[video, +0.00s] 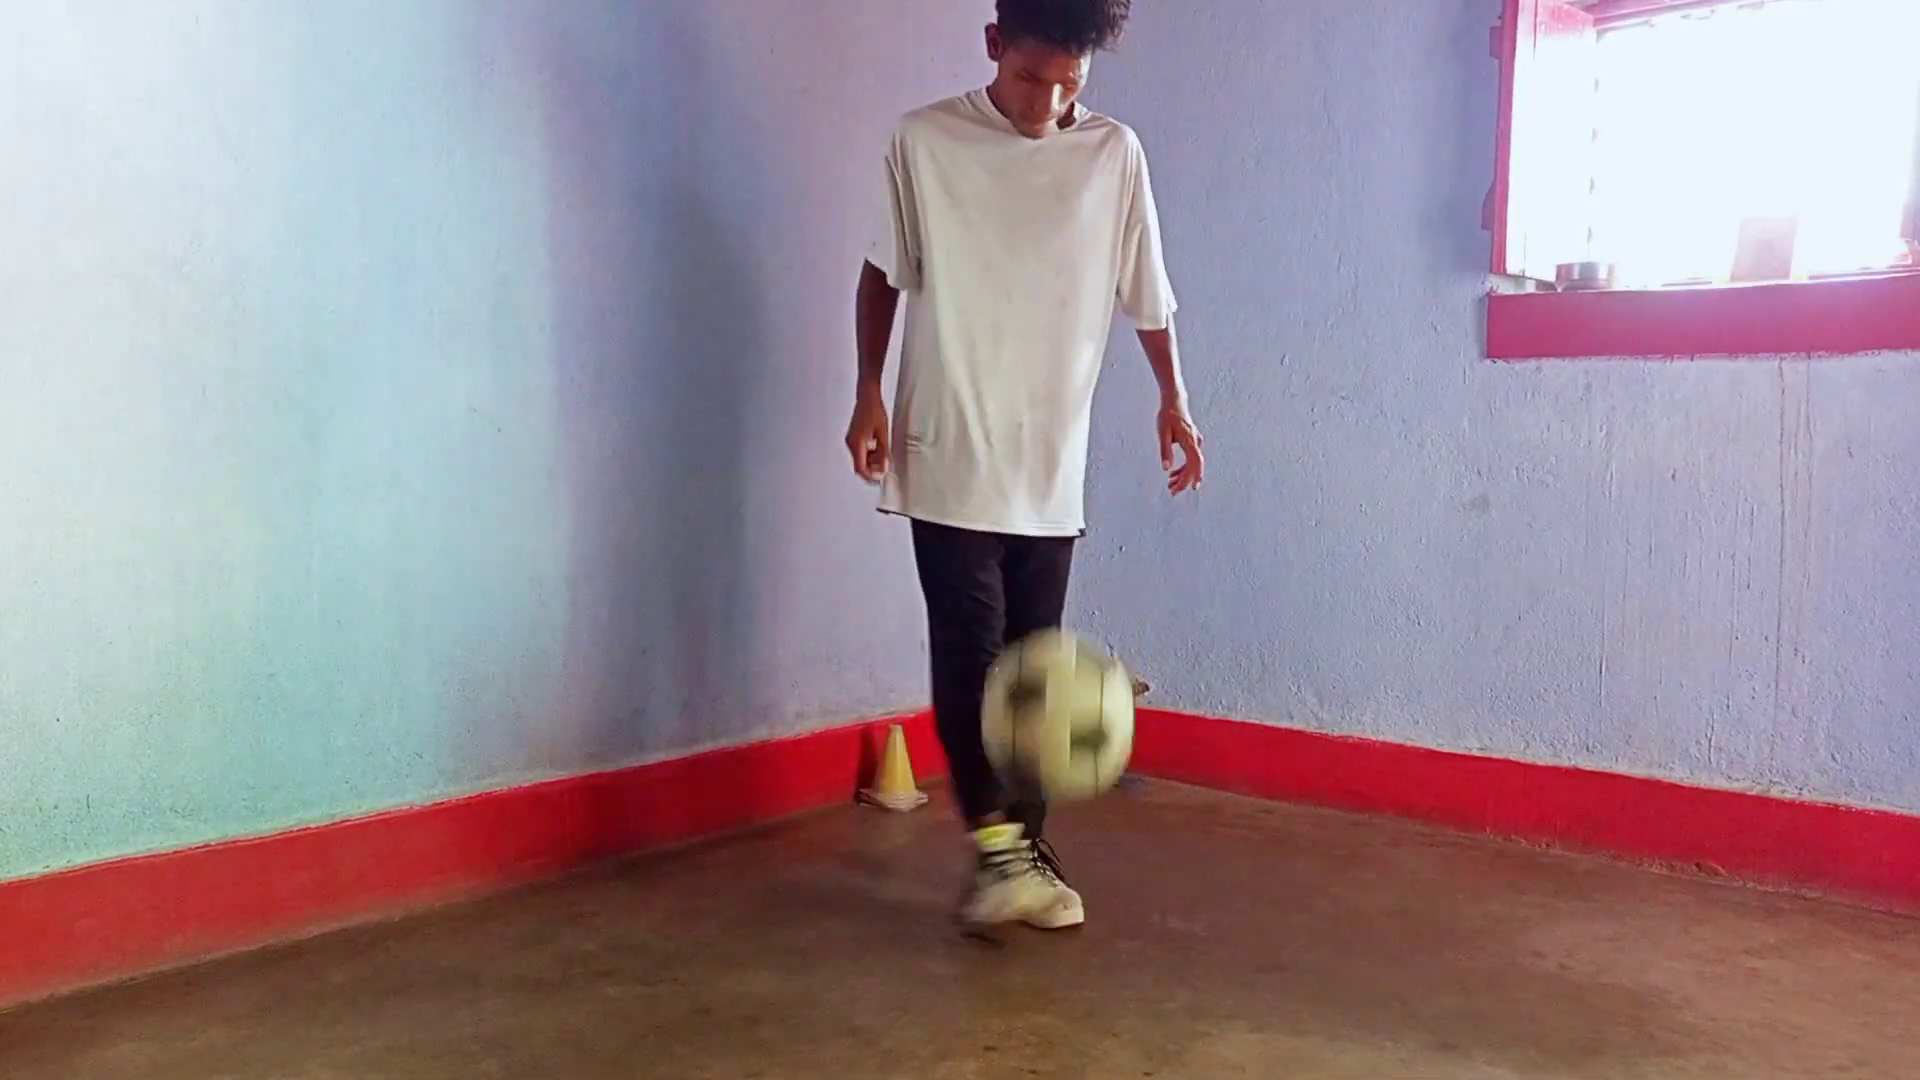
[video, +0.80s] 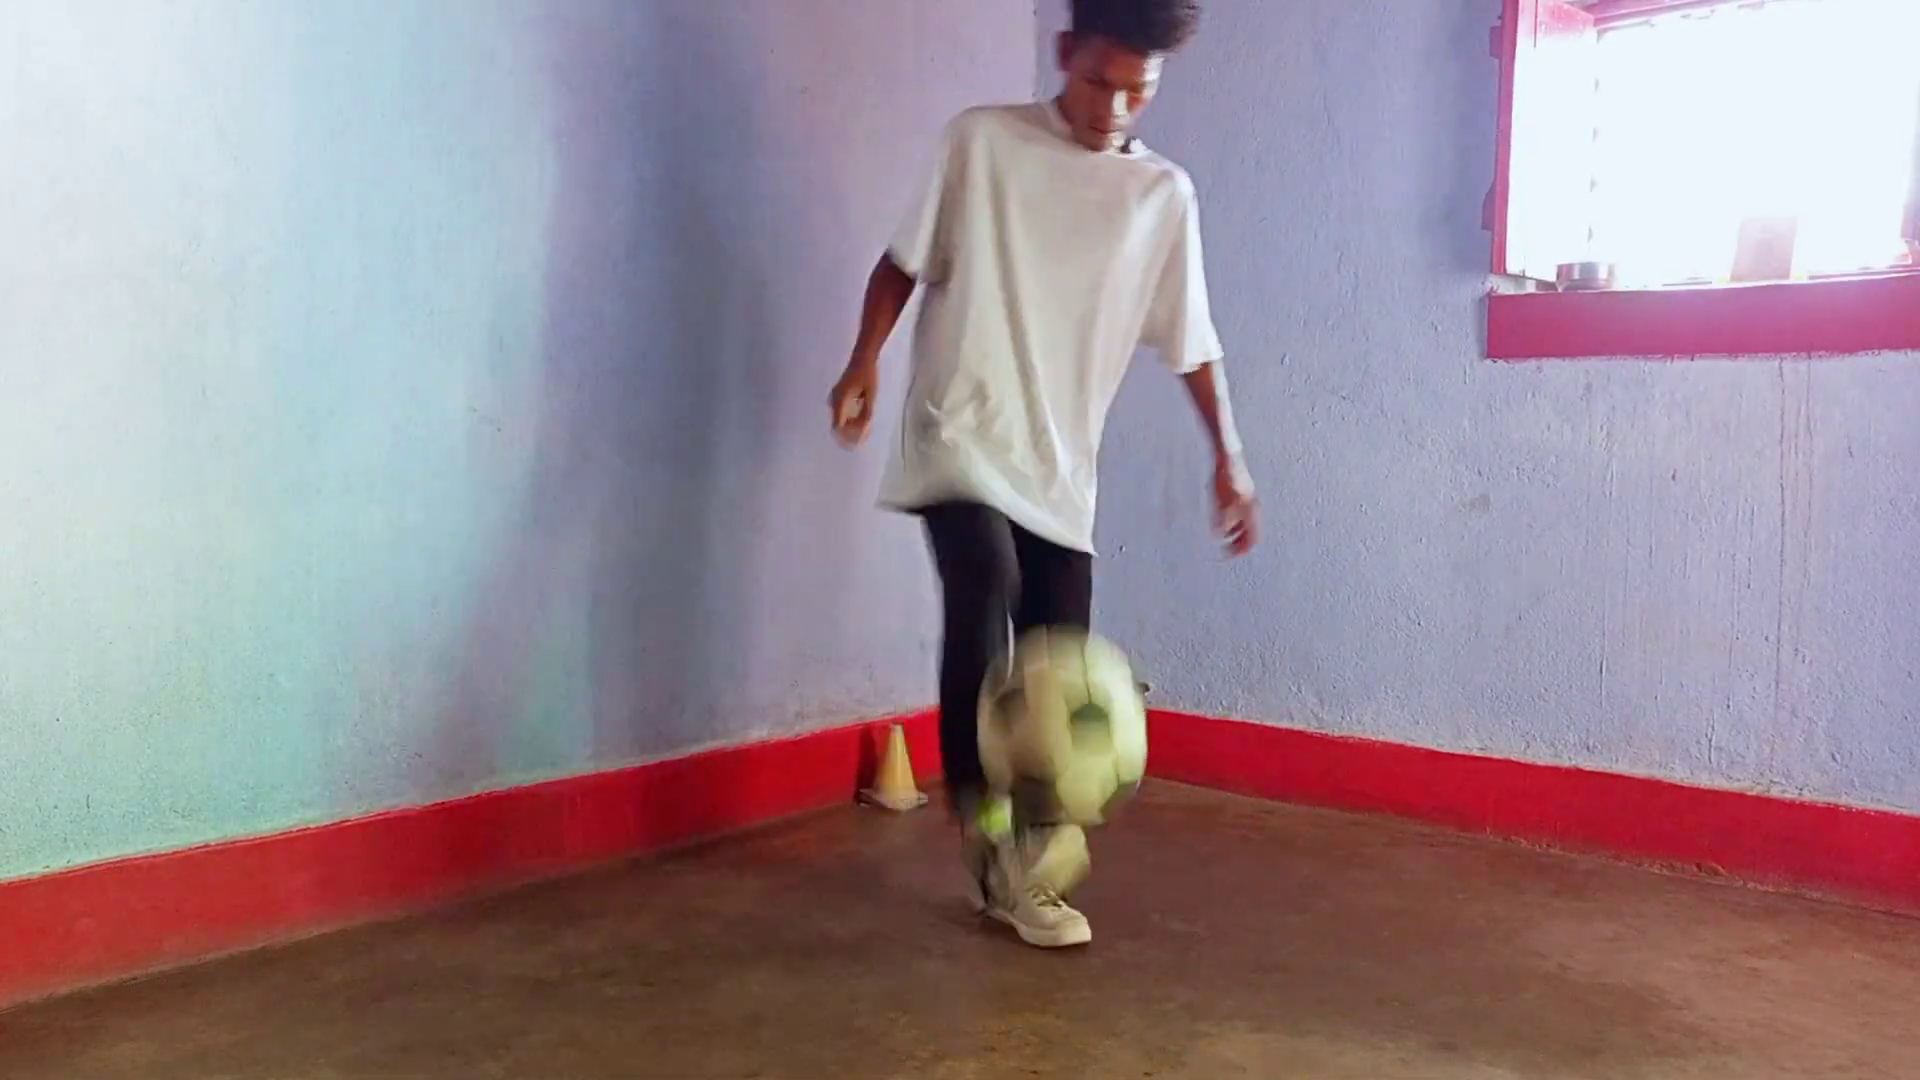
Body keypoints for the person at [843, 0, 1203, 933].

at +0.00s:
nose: (1049, 101)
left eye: (1067, 84)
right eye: (1034, 80)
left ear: (1091, 63)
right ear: (994, 45)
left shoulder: (1112, 152)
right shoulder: (923, 140)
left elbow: (1146, 289)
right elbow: (882, 275)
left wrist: (1173, 398)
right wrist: (869, 394)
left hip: (1053, 444)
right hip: (946, 438)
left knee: (1037, 650)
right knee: (970, 640)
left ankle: (1029, 851)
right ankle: (994, 853)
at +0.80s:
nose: (1115, 111)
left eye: (1135, 93)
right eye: (1099, 86)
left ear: (1155, 79)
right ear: (1063, 58)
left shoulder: (1164, 194)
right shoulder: (981, 140)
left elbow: (1191, 340)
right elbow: (904, 265)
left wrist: (1229, 458)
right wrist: (862, 362)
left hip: (1061, 456)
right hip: (959, 430)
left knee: (1060, 659)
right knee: (986, 586)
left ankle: (1035, 865)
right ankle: (984, 840)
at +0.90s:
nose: (1127, 97)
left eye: (1146, 81)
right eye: (1113, 73)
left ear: (1167, 73)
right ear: (1078, 48)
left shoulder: (1176, 178)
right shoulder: (1000, 122)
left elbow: (1202, 313)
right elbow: (911, 226)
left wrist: (1233, 422)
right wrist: (868, 323)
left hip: (1071, 437)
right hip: (975, 385)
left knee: (1064, 656)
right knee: (975, 476)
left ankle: (1022, 855)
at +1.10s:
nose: (1090, 60)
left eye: (1112, 42)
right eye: (1074, 35)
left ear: (1140, 38)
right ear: (1044, 24)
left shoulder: (1174, 142)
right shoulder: (978, 112)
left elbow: (1254, 253)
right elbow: (916, 227)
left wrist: (1313, 336)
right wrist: (825, 265)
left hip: (1087, 384)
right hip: (978, 365)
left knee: (1073, 604)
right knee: (1001, 167)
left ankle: (1026, 843)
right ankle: (965, 369)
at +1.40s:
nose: (1081, 101)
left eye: (1103, 83)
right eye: (1067, 79)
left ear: (1149, 71)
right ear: (1048, 67)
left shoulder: (1192, 201)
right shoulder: (995, 171)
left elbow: (1281, 307)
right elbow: (937, 297)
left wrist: (1363, 401)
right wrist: (858, 365)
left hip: (1088, 471)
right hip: (985, 432)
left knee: (1078, 669)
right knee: (954, 539)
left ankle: (1015, 866)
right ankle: (915, 760)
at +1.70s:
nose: (1041, 59)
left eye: (1058, 39)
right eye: (1026, 42)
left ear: (1106, 27)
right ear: (1010, 39)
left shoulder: (1183, 121)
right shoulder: (992, 127)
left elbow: (1278, 222)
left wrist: (1347, 311)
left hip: (1089, 401)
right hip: (1001, 350)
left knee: (1067, 616)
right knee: (919, 202)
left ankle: (1056, 841)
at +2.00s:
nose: (1010, 85)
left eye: (1025, 60)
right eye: (992, 67)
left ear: (1068, 38)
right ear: (974, 60)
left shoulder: (1132, 131)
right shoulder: (990, 165)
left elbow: (1229, 237)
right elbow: (999, 290)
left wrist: (1126, 229)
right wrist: (992, 380)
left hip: (1083, 420)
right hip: (989, 396)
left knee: (1061, 625)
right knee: (960, 474)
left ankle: (1049, 850)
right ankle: (921, 717)